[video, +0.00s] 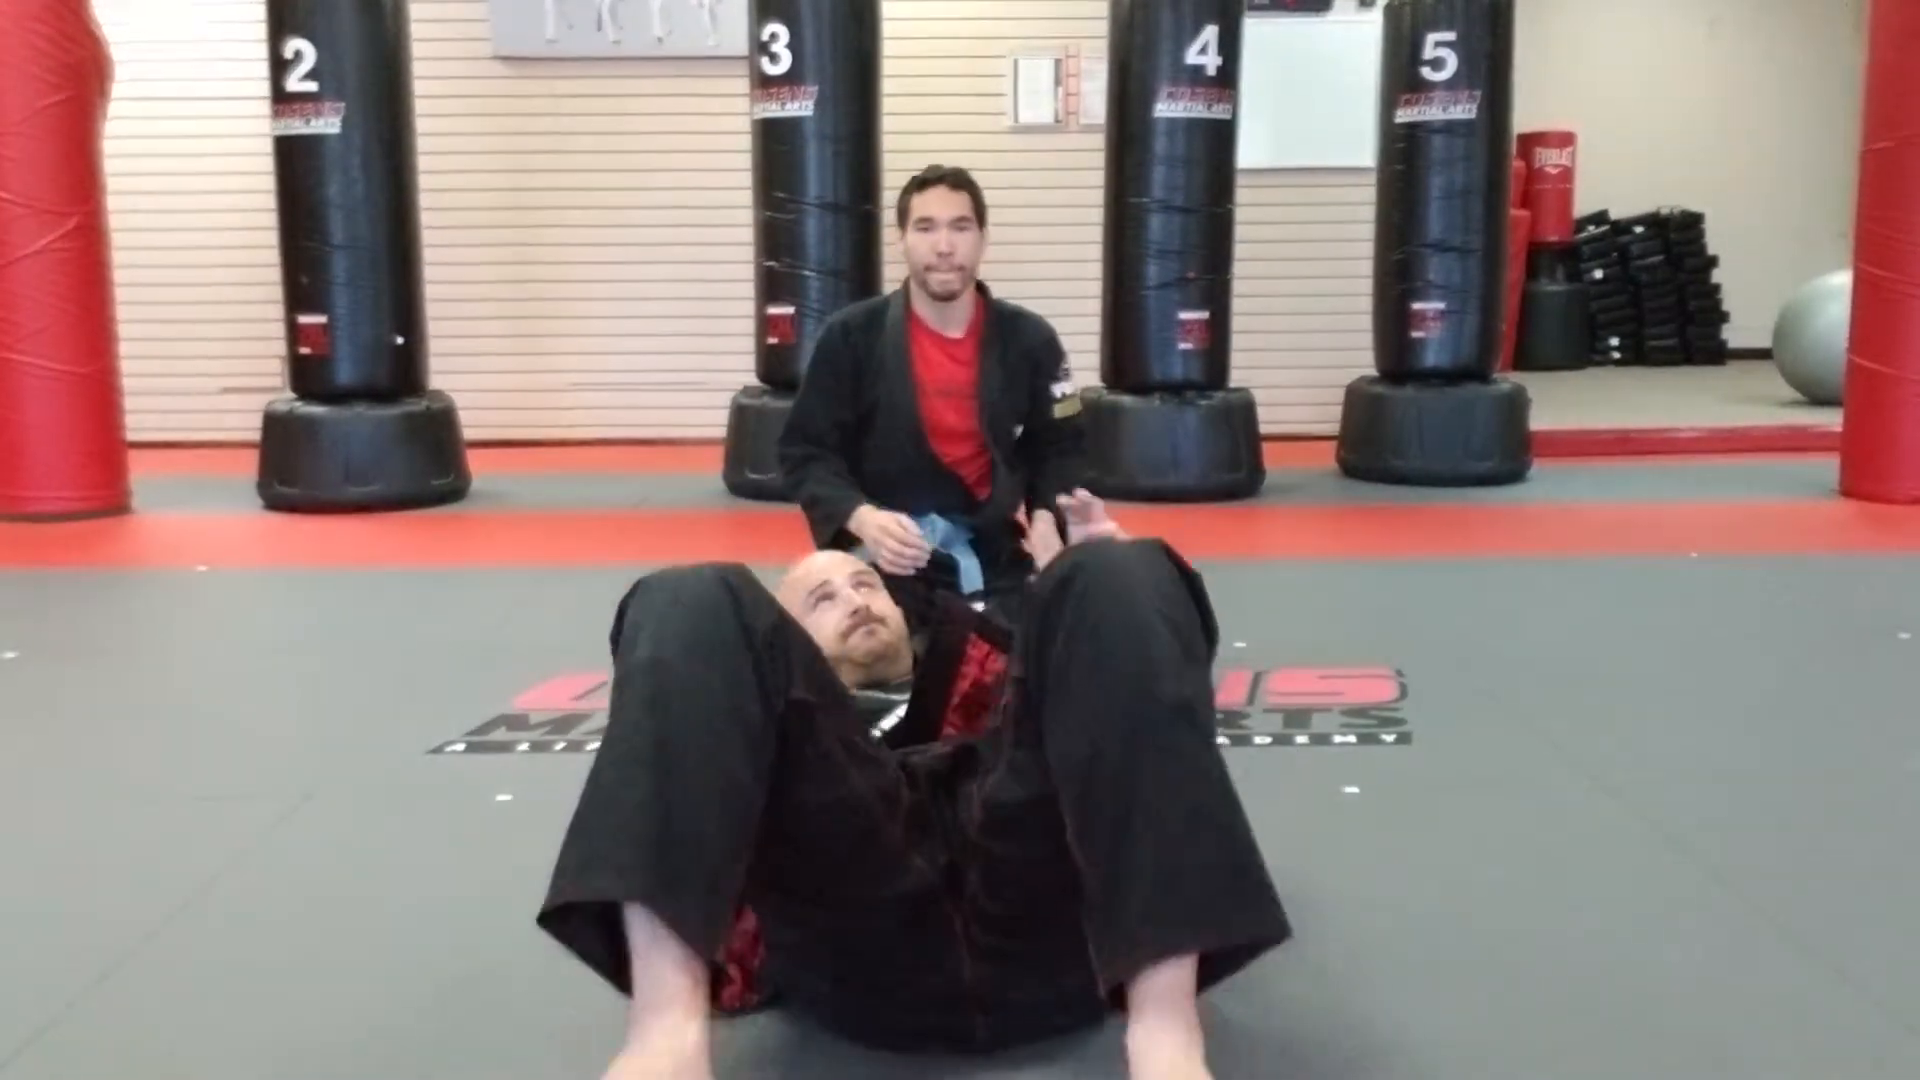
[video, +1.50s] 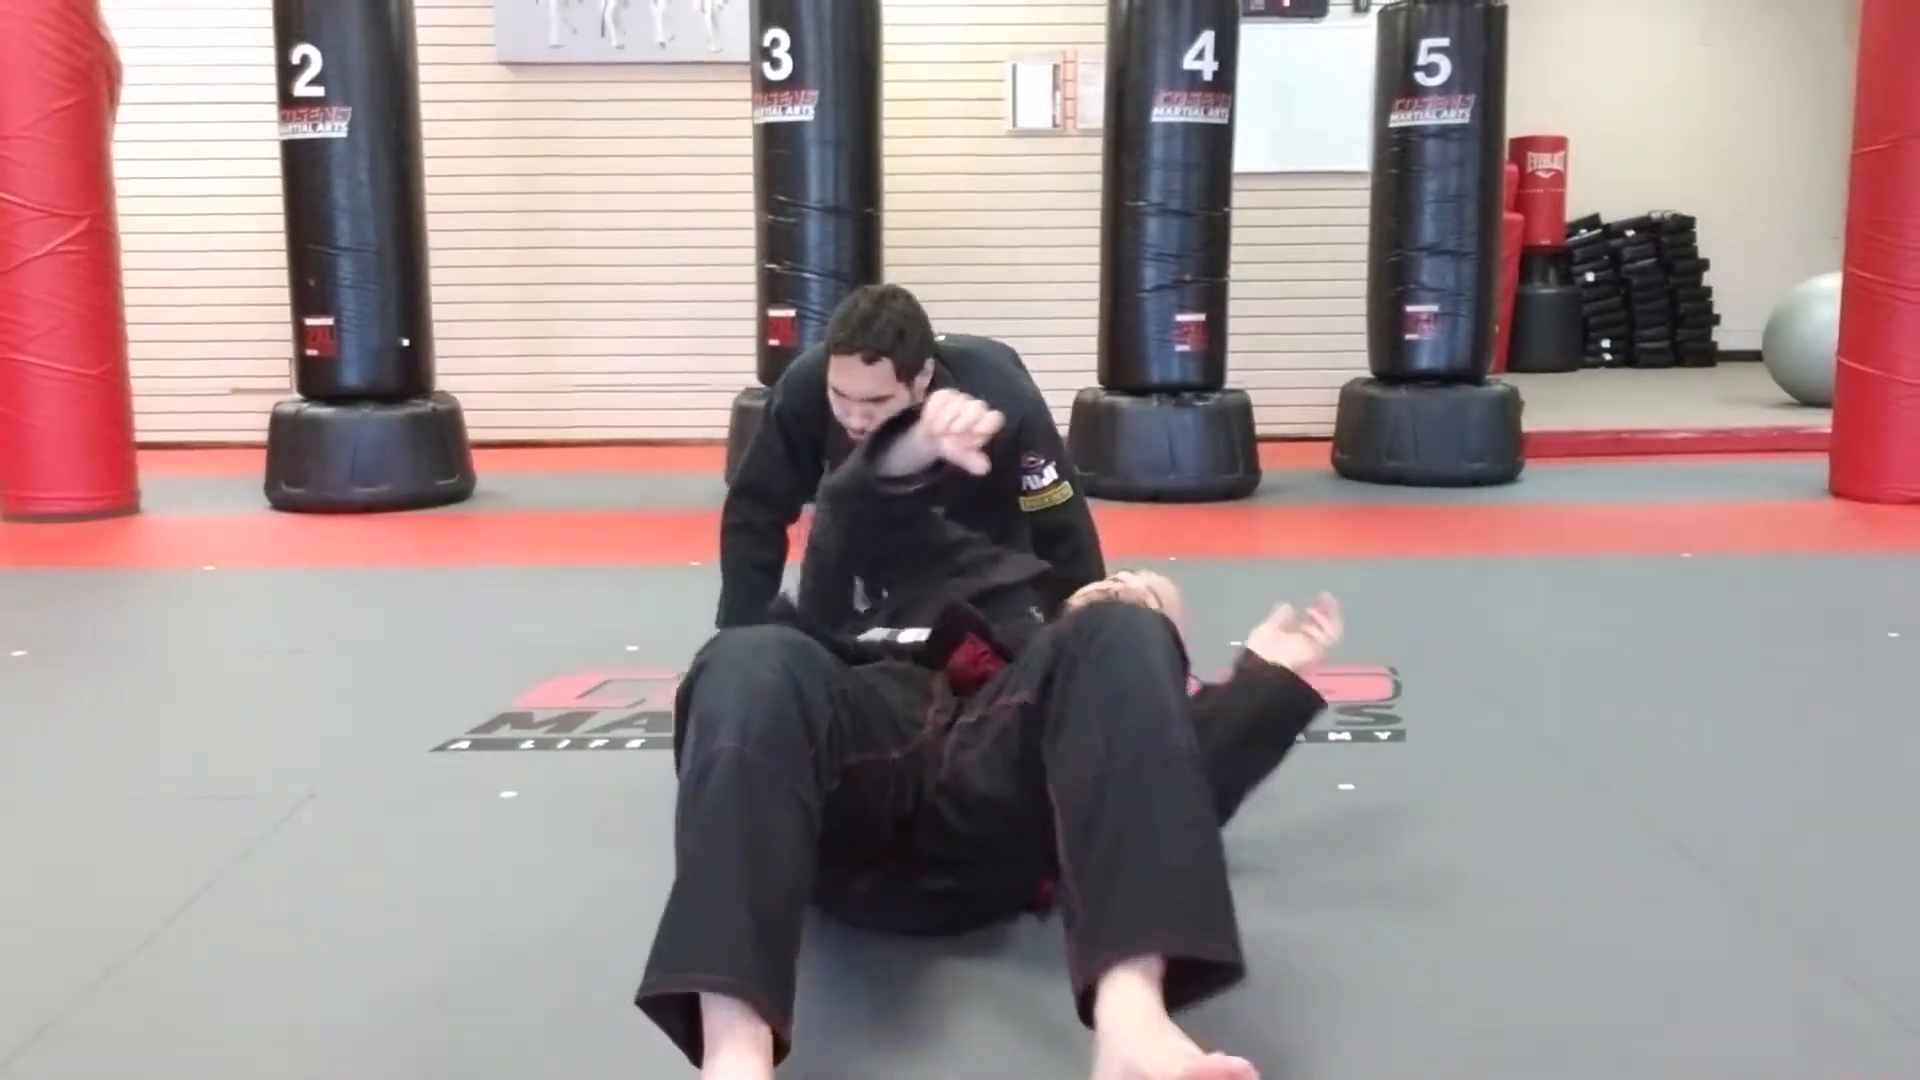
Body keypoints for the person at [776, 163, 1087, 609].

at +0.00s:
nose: (943, 246)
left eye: (960, 228)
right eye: (925, 228)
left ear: (983, 240)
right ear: (901, 241)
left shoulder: (1028, 341)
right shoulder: (852, 338)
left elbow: (1055, 443)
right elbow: (804, 452)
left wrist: (1048, 518)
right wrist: (860, 518)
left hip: (994, 543)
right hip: (888, 544)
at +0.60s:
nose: (925, 262)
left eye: (943, 245)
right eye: (908, 244)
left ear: (967, 253)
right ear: (886, 251)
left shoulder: (1014, 349)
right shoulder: (834, 344)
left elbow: (1067, 488)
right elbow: (787, 455)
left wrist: (1044, 478)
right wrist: (839, 487)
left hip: (976, 544)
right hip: (865, 541)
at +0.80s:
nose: (923, 308)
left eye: (942, 288)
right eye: (907, 286)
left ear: (966, 285)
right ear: (883, 279)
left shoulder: (1008, 368)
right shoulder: (833, 359)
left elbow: (1064, 491)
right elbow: (786, 480)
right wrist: (821, 554)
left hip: (967, 564)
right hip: (860, 563)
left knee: (1047, 657)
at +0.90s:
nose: (923, 334)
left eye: (943, 314)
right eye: (906, 310)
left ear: (967, 307)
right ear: (883, 298)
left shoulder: (1010, 385)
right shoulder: (828, 371)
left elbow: (1062, 522)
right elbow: (773, 499)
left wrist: (1095, 628)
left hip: (972, 566)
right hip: (857, 563)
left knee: (1053, 673)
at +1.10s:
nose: (917, 396)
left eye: (939, 379)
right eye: (900, 372)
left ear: (968, 354)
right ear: (878, 338)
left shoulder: (1013, 392)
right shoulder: (822, 375)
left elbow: (1066, 532)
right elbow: (750, 515)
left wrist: (1083, 661)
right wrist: (746, 642)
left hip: (971, 577)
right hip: (846, 565)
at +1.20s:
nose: (898, 409)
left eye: (920, 392)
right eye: (881, 387)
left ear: (956, 359)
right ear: (861, 356)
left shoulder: (1009, 383)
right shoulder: (814, 381)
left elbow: (1070, 525)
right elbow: (747, 517)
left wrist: (1094, 654)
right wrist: (751, 642)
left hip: (974, 538)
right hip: (846, 534)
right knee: (808, 656)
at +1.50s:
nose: (854, 420)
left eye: (876, 403)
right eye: (840, 397)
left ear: (922, 380)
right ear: (828, 370)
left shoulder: (995, 387)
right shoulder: (804, 391)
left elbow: (1062, 530)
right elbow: (753, 513)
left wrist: (1089, 641)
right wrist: (742, 646)